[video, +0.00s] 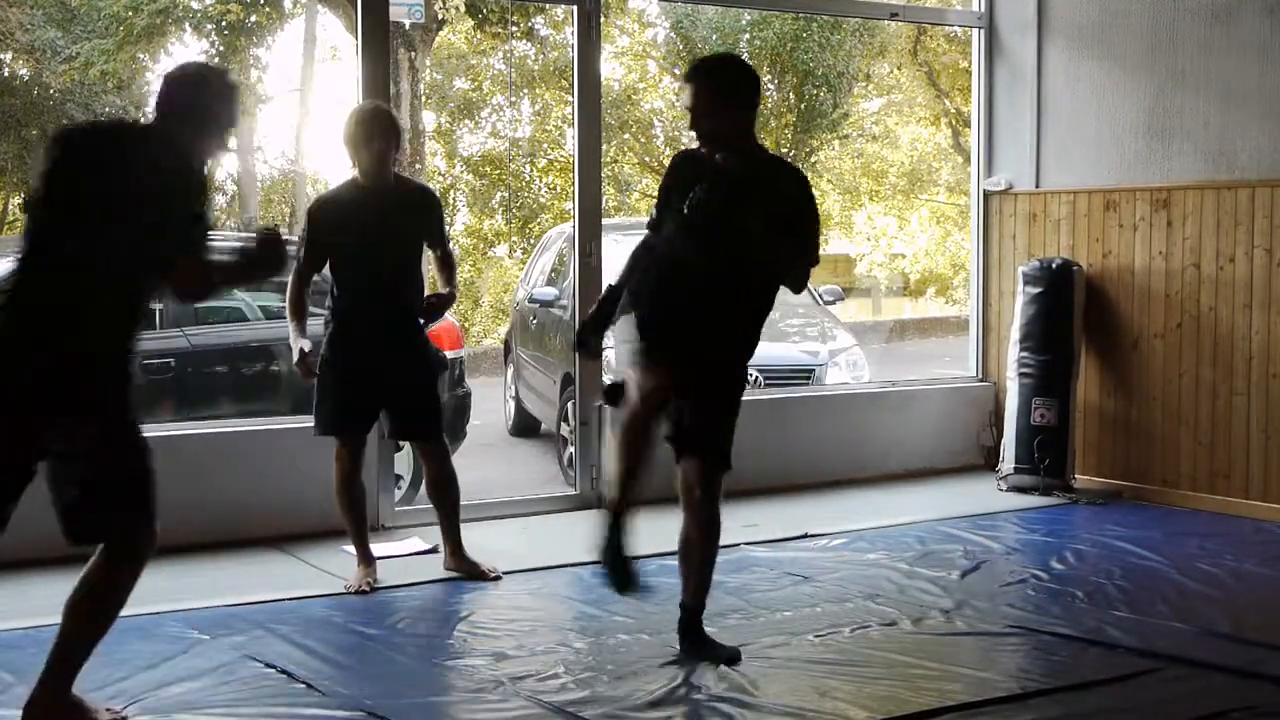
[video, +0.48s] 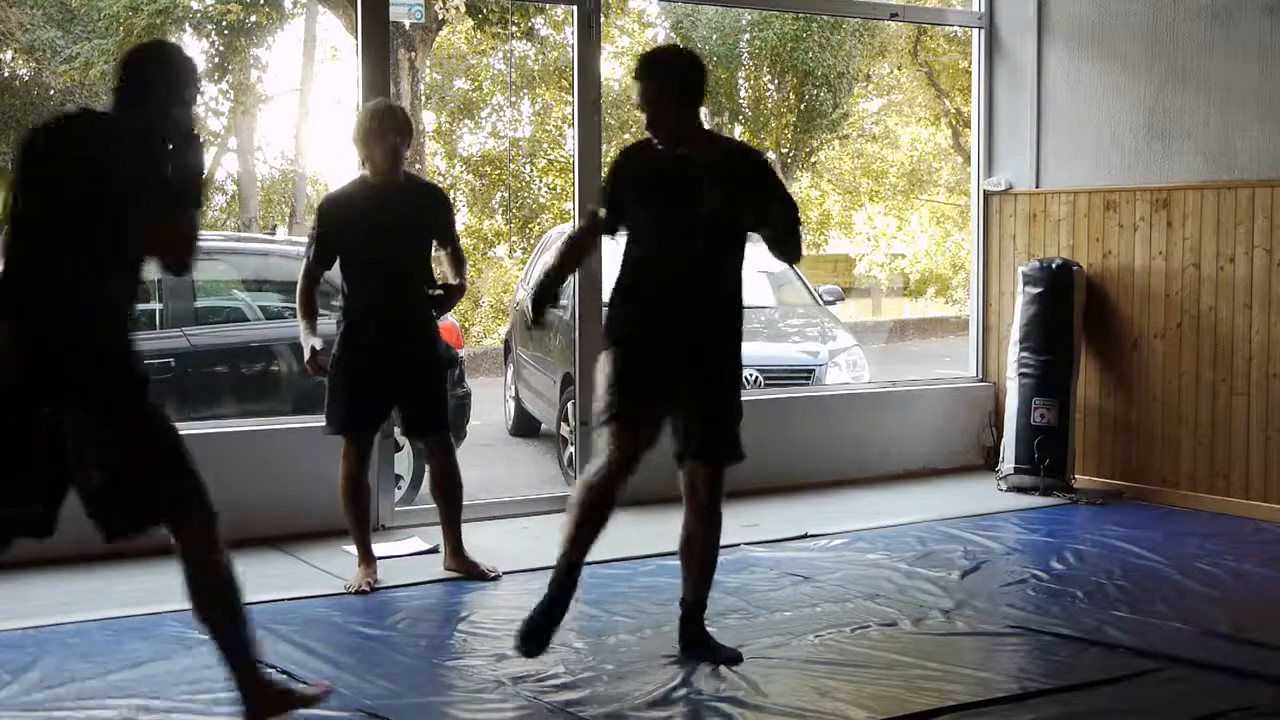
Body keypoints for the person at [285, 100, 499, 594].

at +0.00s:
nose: (381, 151)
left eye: (388, 139)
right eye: (371, 141)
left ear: (399, 144)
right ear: (352, 146)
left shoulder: (421, 200)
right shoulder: (328, 209)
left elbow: (444, 257)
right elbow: (299, 282)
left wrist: (447, 294)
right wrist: (298, 340)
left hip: (408, 341)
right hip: (350, 344)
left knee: (432, 447)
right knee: (348, 455)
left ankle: (454, 552)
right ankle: (364, 561)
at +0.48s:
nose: (394, 144)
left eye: (401, 134)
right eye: (384, 134)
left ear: (410, 140)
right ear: (363, 141)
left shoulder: (429, 198)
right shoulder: (337, 207)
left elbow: (455, 259)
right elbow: (309, 279)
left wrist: (456, 288)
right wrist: (309, 337)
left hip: (418, 339)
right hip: (362, 342)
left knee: (439, 445)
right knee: (356, 453)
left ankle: (454, 552)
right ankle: (365, 561)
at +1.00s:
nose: (421, 141)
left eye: (427, 132)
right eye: (411, 132)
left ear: (435, 137)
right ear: (391, 137)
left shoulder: (456, 196)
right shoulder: (364, 201)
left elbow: (479, 258)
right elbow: (338, 276)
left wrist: (482, 289)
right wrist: (341, 335)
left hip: (443, 335)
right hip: (386, 337)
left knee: (454, 444)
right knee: (372, 447)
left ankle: (456, 552)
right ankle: (367, 561)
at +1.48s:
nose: (433, 140)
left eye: (439, 131)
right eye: (424, 132)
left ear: (448, 137)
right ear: (404, 137)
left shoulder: (467, 198)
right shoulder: (375, 200)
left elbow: (488, 257)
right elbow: (349, 272)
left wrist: (491, 290)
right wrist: (350, 331)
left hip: (451, 334)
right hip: (393, 337)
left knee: (458, 445)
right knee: (376, 447)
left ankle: (457, 552)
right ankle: (367, 561)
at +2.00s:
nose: (427, 140)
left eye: (435, 131)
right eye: (418, 131)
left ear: (448, 137)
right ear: (403, 138)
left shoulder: (468, 198)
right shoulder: (379, 199)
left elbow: (486, 258)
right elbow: (350, 272)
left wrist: (489, 291)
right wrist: (352, 332)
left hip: (452, 336)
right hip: (395, 338)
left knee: (459, 446)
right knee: (377, 447)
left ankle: (457, 552)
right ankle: (367, 560)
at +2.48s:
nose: (430, 141)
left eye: (437, 131)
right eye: (420, 132)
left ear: (448, 137)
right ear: (404, 139)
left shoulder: (467, 198)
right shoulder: (376, 202)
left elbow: (485, 259)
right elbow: (350, 275)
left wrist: (489, 291)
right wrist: (353, 337)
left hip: (453, 337)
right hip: (394, 339)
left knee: (459, 445)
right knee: (377, 447)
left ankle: (457, 551)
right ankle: (368, 561)